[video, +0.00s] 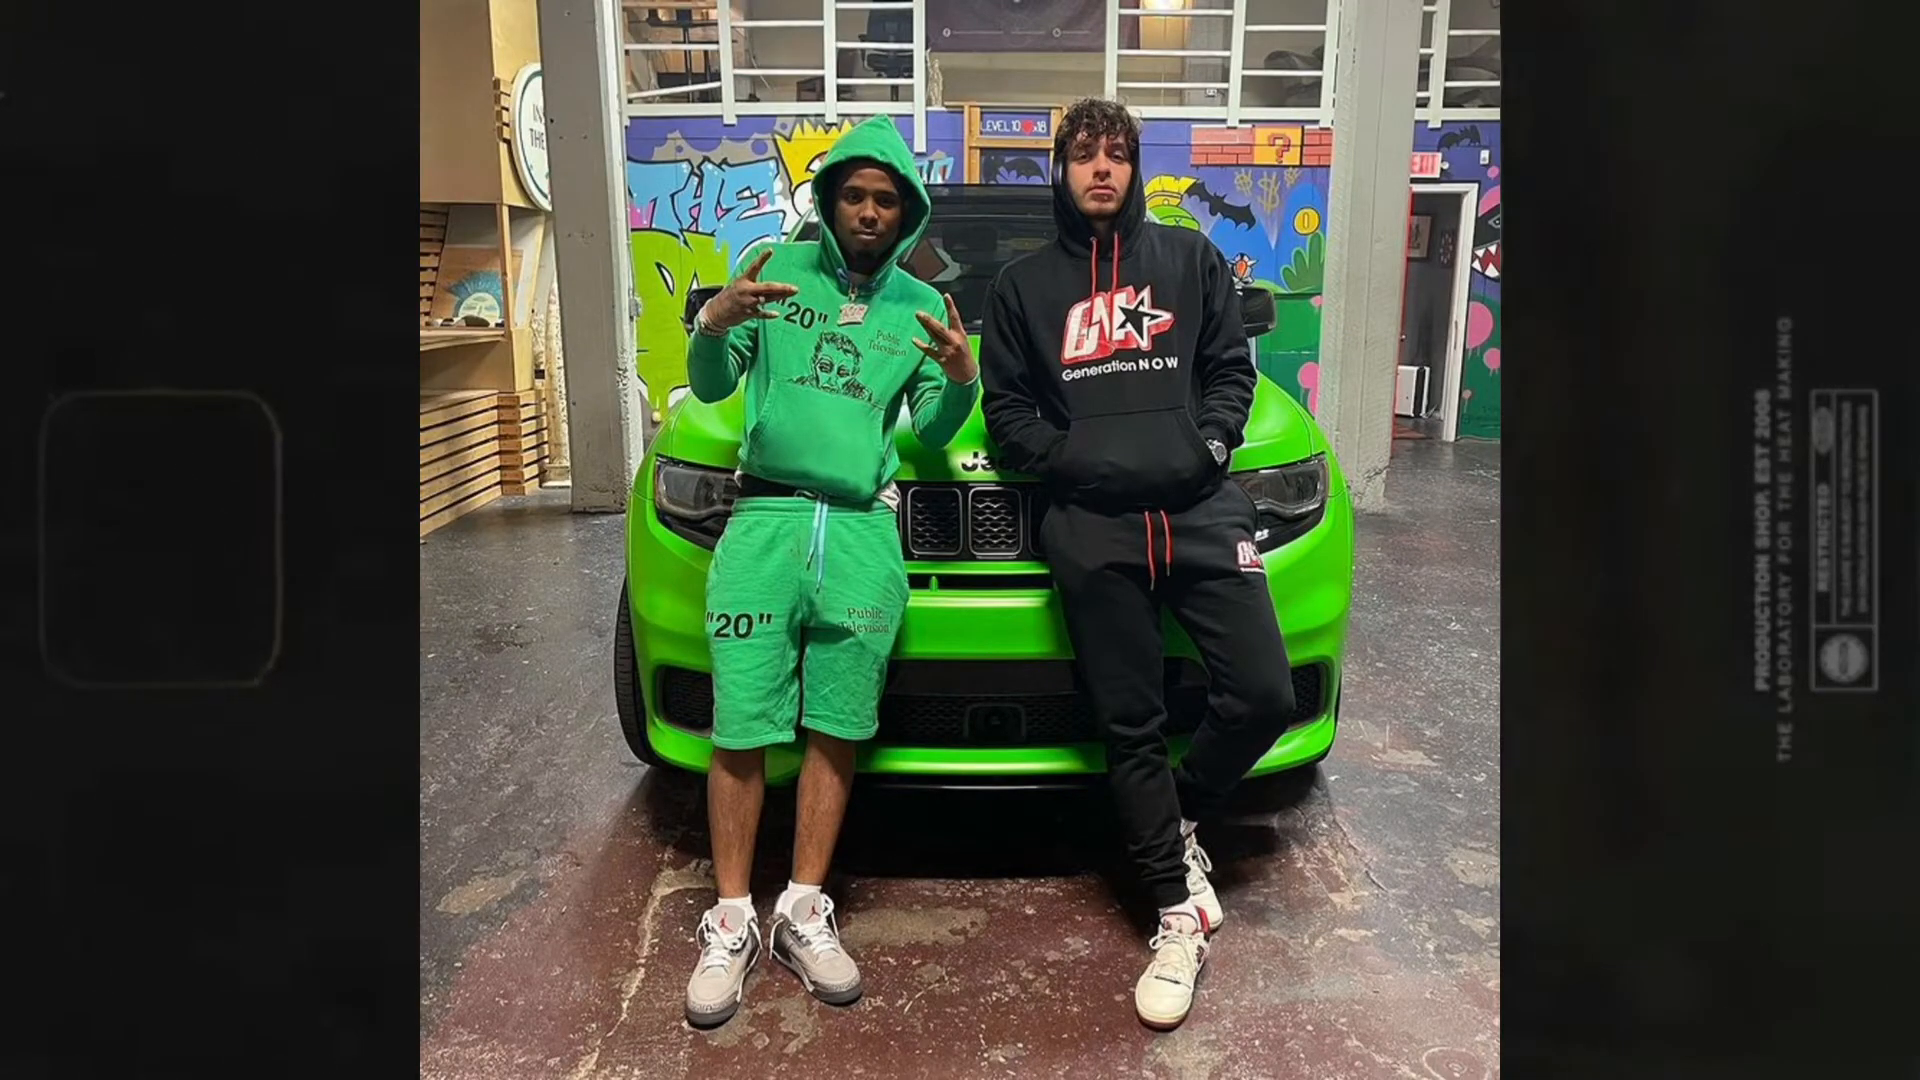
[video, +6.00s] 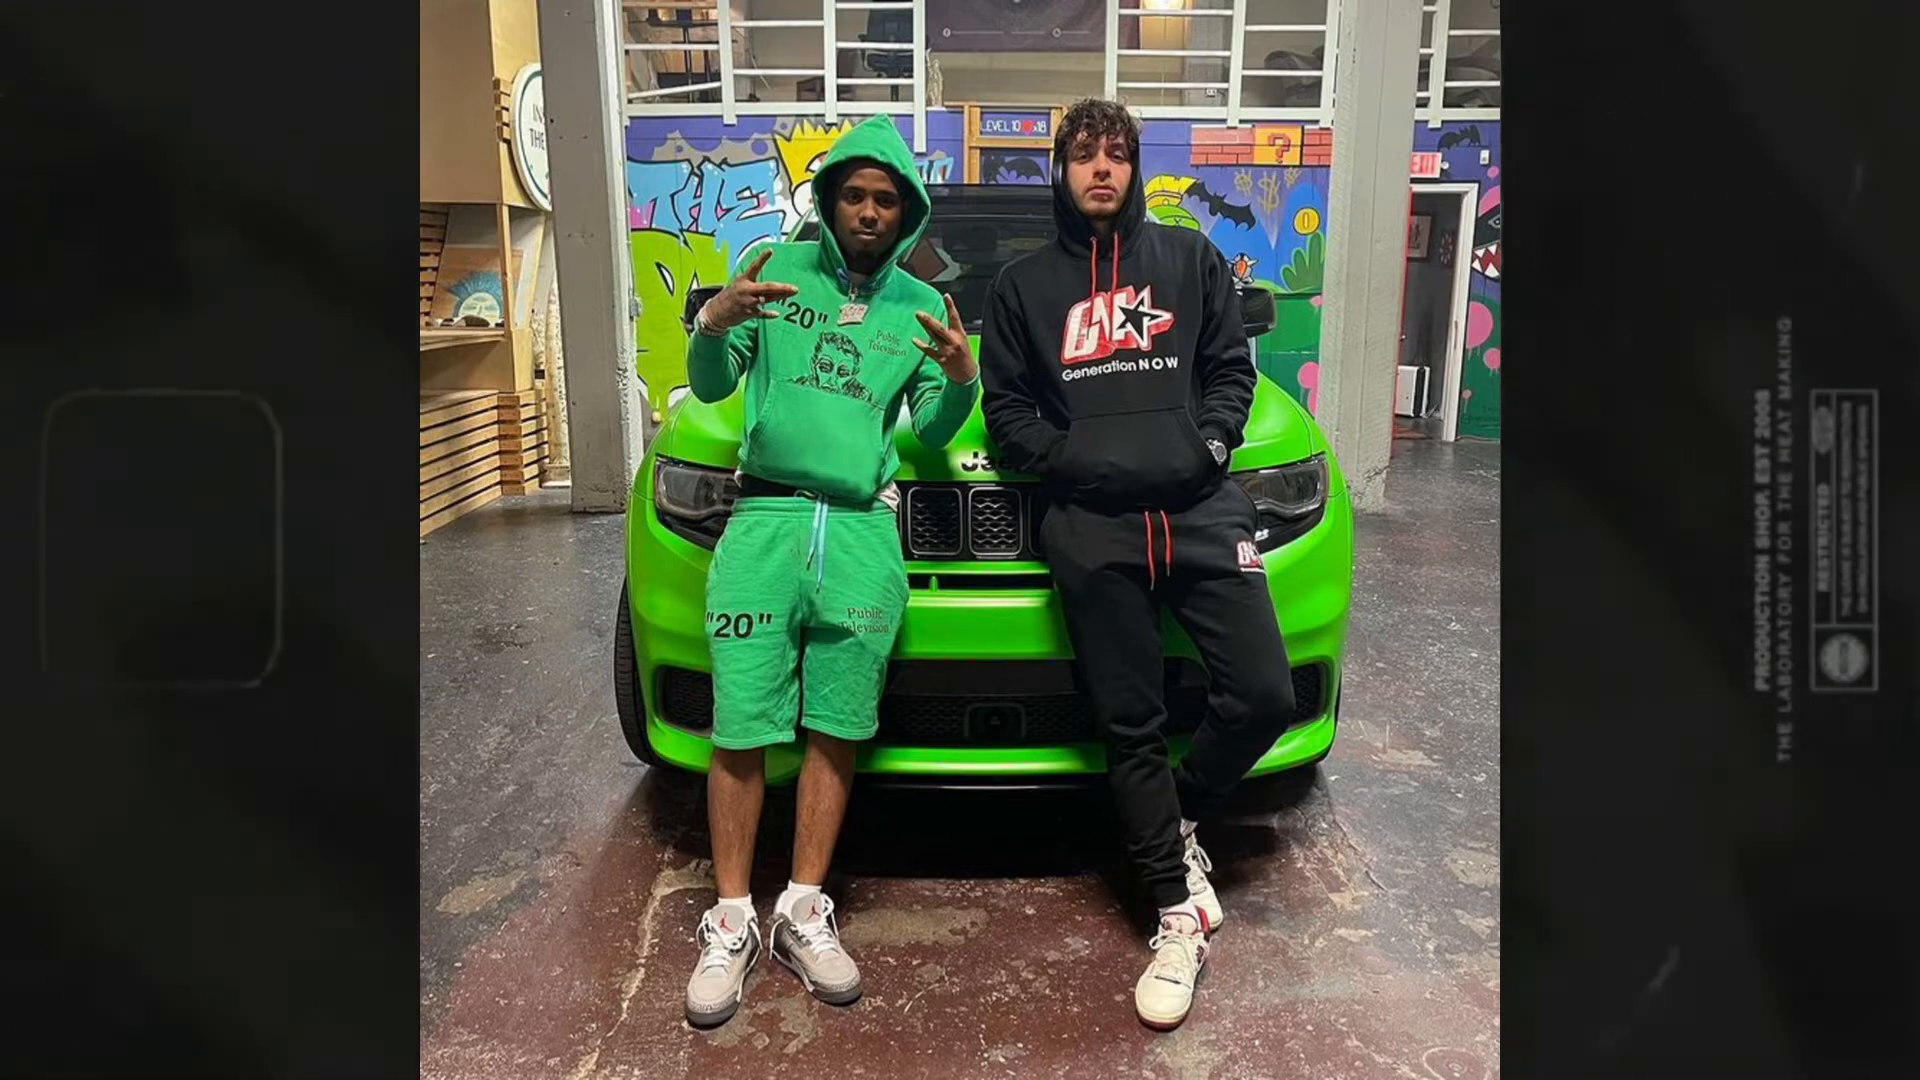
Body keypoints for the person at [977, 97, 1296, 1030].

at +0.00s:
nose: (1101, 171)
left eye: (1115, 159)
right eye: (1086, 159)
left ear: (1137, 170)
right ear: (1061, 172)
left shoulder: (1193, 257)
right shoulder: (1019, 281)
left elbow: (1232, 367)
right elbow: (1005, 405)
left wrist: (1208, 445)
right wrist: (1065, 456)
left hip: (1200, 502)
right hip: (1091, 513)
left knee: (1262, 692)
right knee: (1131, 719)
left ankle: (1180, 820)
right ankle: (1179, 917)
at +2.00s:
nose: (1102, 171)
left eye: (1116, 158)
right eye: (1088, 158)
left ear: (1137, 171)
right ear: (1062, 171)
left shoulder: (1191, 256)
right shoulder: (1018, 280)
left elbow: (1232, 364)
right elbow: (1004, 403)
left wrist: (1209, 444)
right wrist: (1065, 458)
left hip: (1200, 503)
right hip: (1091, 514)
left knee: (1262, 693)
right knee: (1131, 718)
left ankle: (1179, 819)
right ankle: (1179, 916)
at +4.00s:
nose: (1102, 171)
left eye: (1115, 158)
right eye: (1087, 158)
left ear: (1137, 171)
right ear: (1061, 172)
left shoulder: (1191, 256)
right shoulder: (1017, 280)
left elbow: (1232, 363)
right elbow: (1003, 403)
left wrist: (1209, 444)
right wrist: (1064, 457)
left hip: (1200, 503)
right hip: (1091, 514)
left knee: (1262, 692)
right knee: (1131, 719)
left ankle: (1180, 818)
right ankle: (1179, 918)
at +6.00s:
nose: (1102, 171)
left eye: (1115, 158)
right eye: (1087, 158)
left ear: (1137, 171)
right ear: (1061, 172)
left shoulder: (1191, 256)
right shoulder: (1017, 280)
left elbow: (1232, 363)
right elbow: (1003, 403)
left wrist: (1209, 444)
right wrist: (1065, 457)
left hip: (1200, 503)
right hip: (1091, 514)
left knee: (1262, 692)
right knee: (1131, 719)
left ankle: (1180, 818)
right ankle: (1179, 918)